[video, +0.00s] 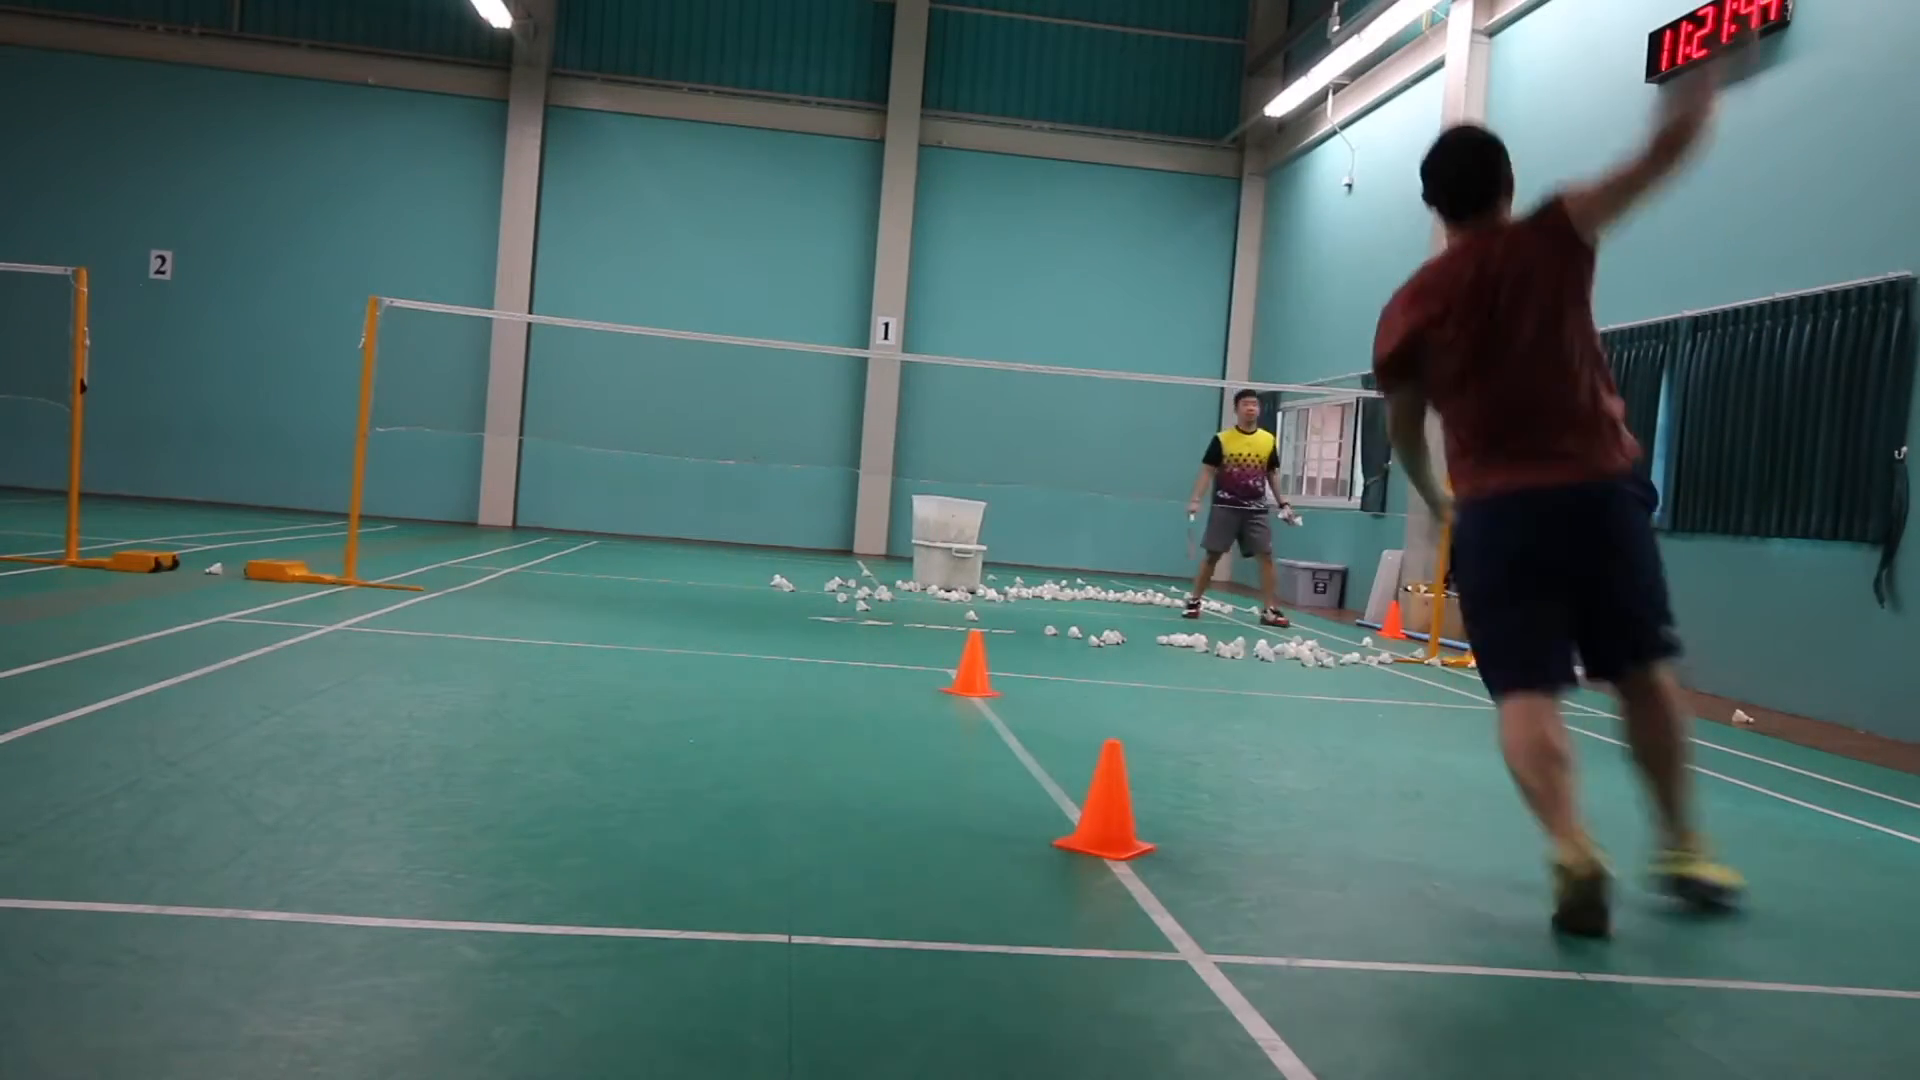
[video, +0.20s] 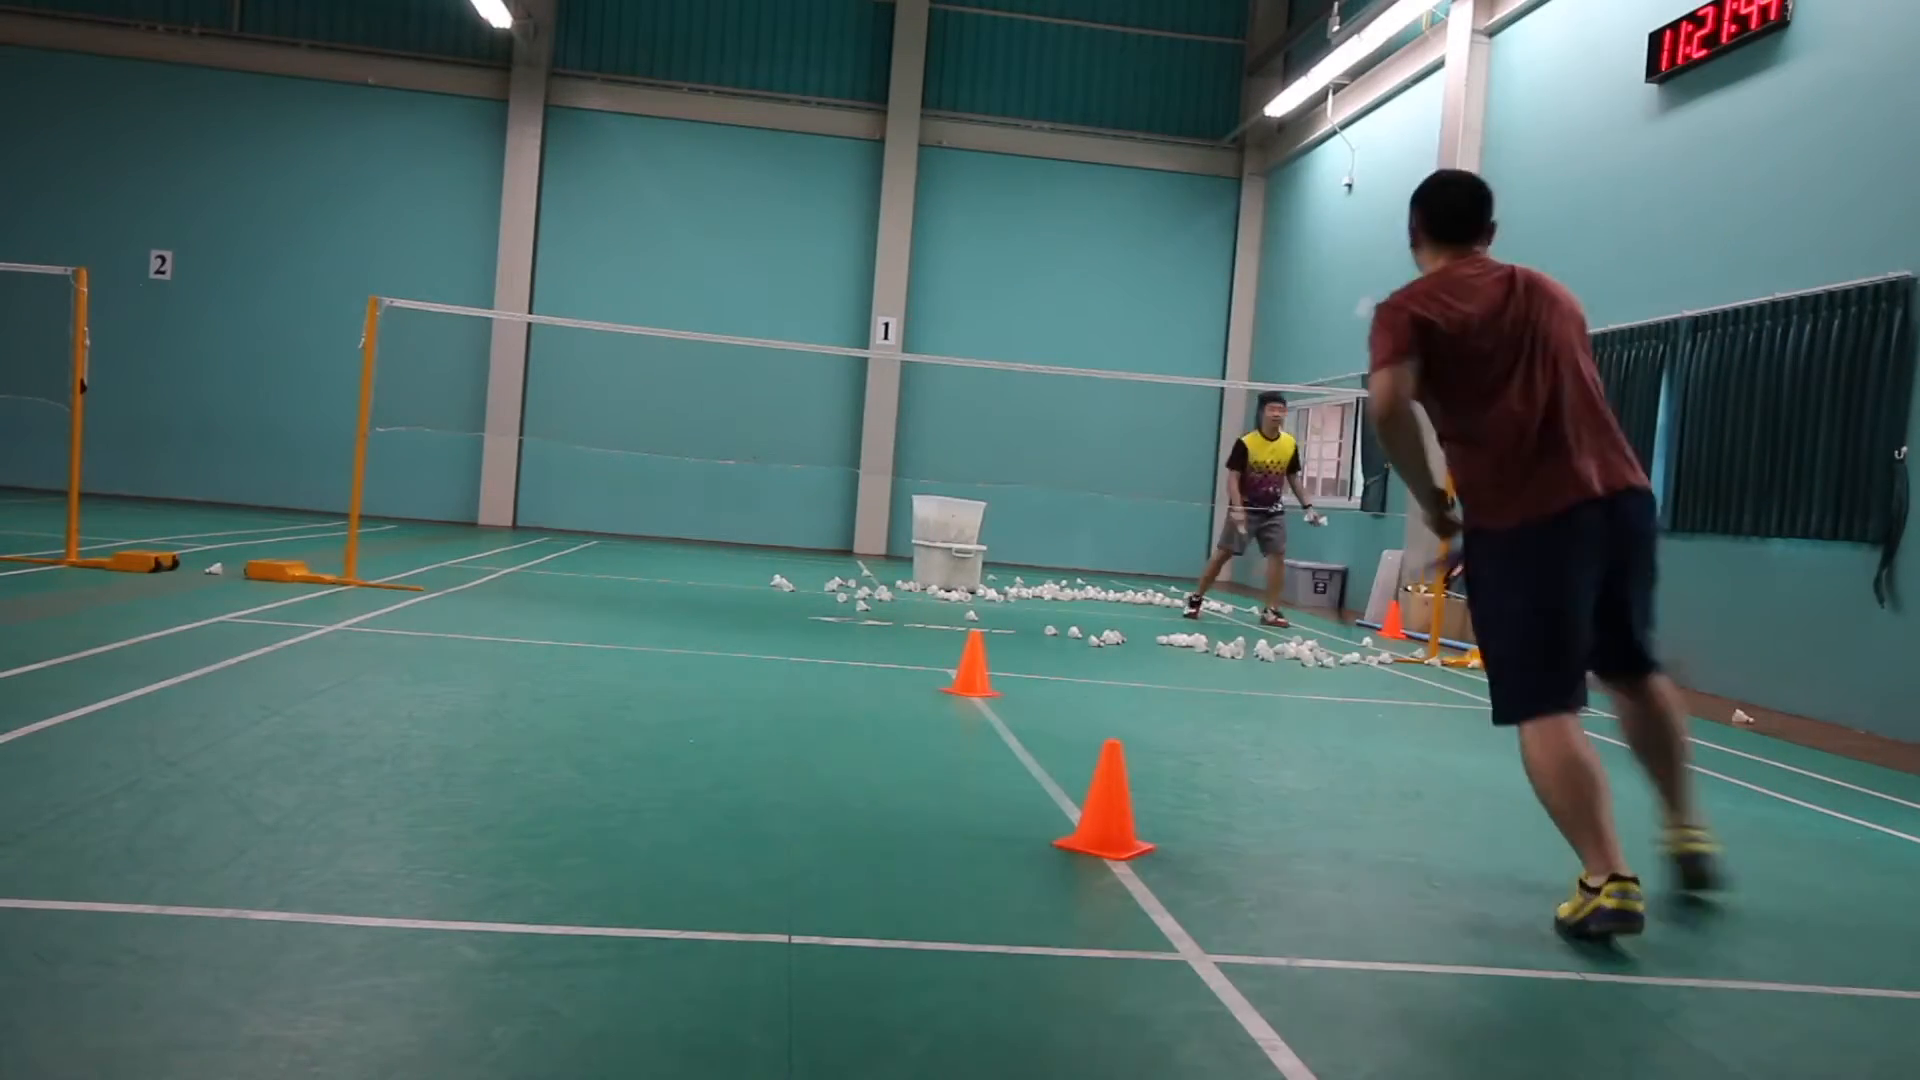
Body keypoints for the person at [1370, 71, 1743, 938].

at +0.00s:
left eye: (1448, 189)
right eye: (1497, 178)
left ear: (1433, 205)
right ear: (1510, 185)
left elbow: (1406, 429)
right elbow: (1659, 156)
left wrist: (1438, 500)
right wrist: (1695, 102)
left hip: (1494, 515)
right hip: (1600, 500)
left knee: (1525, 690)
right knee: (1643, 672)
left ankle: (1570, 847)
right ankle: (1681, 849)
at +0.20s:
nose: (1414, 247)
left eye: (1412, 236)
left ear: (1417, 235)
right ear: (1490, 233)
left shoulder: (1409, 307)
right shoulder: (1550, 293)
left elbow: (1389, 405)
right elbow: (1579, 398)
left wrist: (1434, 501)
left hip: (1521, 526)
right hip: (1621, 506)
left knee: (1545, 708)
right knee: (1631, 665)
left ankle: (1610, 879)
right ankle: (1687, 828)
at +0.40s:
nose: (1369, 312)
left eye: (1370, 302)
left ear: (1374, 302)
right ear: (1438, 302)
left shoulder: (1357, 357)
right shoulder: (1488, 359)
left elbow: (1285, 450)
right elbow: (1545, 461)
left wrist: (1311, 540)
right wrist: (1505, 516)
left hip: (1425, 543)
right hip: (1509, 536)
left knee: (1466, 702)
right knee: (1446, 668)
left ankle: (1585, 830)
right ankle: (1460, 808)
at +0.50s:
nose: (1311, 302)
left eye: (1307, 293)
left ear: (1307, 291)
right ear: (1364, 296)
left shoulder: (1289, 335)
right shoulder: (1405, 352)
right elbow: (1430, 459)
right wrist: (1434, 543)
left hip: (1338, 518)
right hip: (1418, 517)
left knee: (1280, 647)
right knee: (1421, 661)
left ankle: (1381, 742)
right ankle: (1457, 805)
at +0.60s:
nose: (1218, 267)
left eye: (1219, 257)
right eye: (1228, 259)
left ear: (1226, 256)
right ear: (1276, 260)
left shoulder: (1223, 299)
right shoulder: (1310, 320)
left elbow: (1216, 351)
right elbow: (1320, 409)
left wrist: (1202, 456)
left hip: (1259, 493)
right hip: (1331, 493)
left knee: (1183, 600)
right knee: (1334, 616)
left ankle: (1193, 739)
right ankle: (1431, 748)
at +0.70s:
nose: (1124, 271)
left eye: (1127, 262)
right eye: (1128, 261)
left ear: (1134, 265)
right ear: (1179, 269)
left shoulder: (1146, 320)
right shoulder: (1195, 323)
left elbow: (1142, 399)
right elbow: (1209, 416)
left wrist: (1117, 493)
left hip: (1175, 503)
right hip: (1222, 501)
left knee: (1123, 617)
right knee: (1157, 595)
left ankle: (1179, 738)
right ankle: (1224, 665)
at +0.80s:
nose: (1041, 296)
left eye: (1045, 287)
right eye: (1044, 286)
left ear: (1056, 291)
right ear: (1088, 292)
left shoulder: (1089, 339)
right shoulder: (1089, 343)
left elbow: (1100, 419)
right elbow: (1044, 431)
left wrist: (1072, 507)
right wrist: (984, 481)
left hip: (1134, 510)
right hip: (1124, 505)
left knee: (1074, 629)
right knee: (1061, 585)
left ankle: (1169, 722)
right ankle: (1007, 677)